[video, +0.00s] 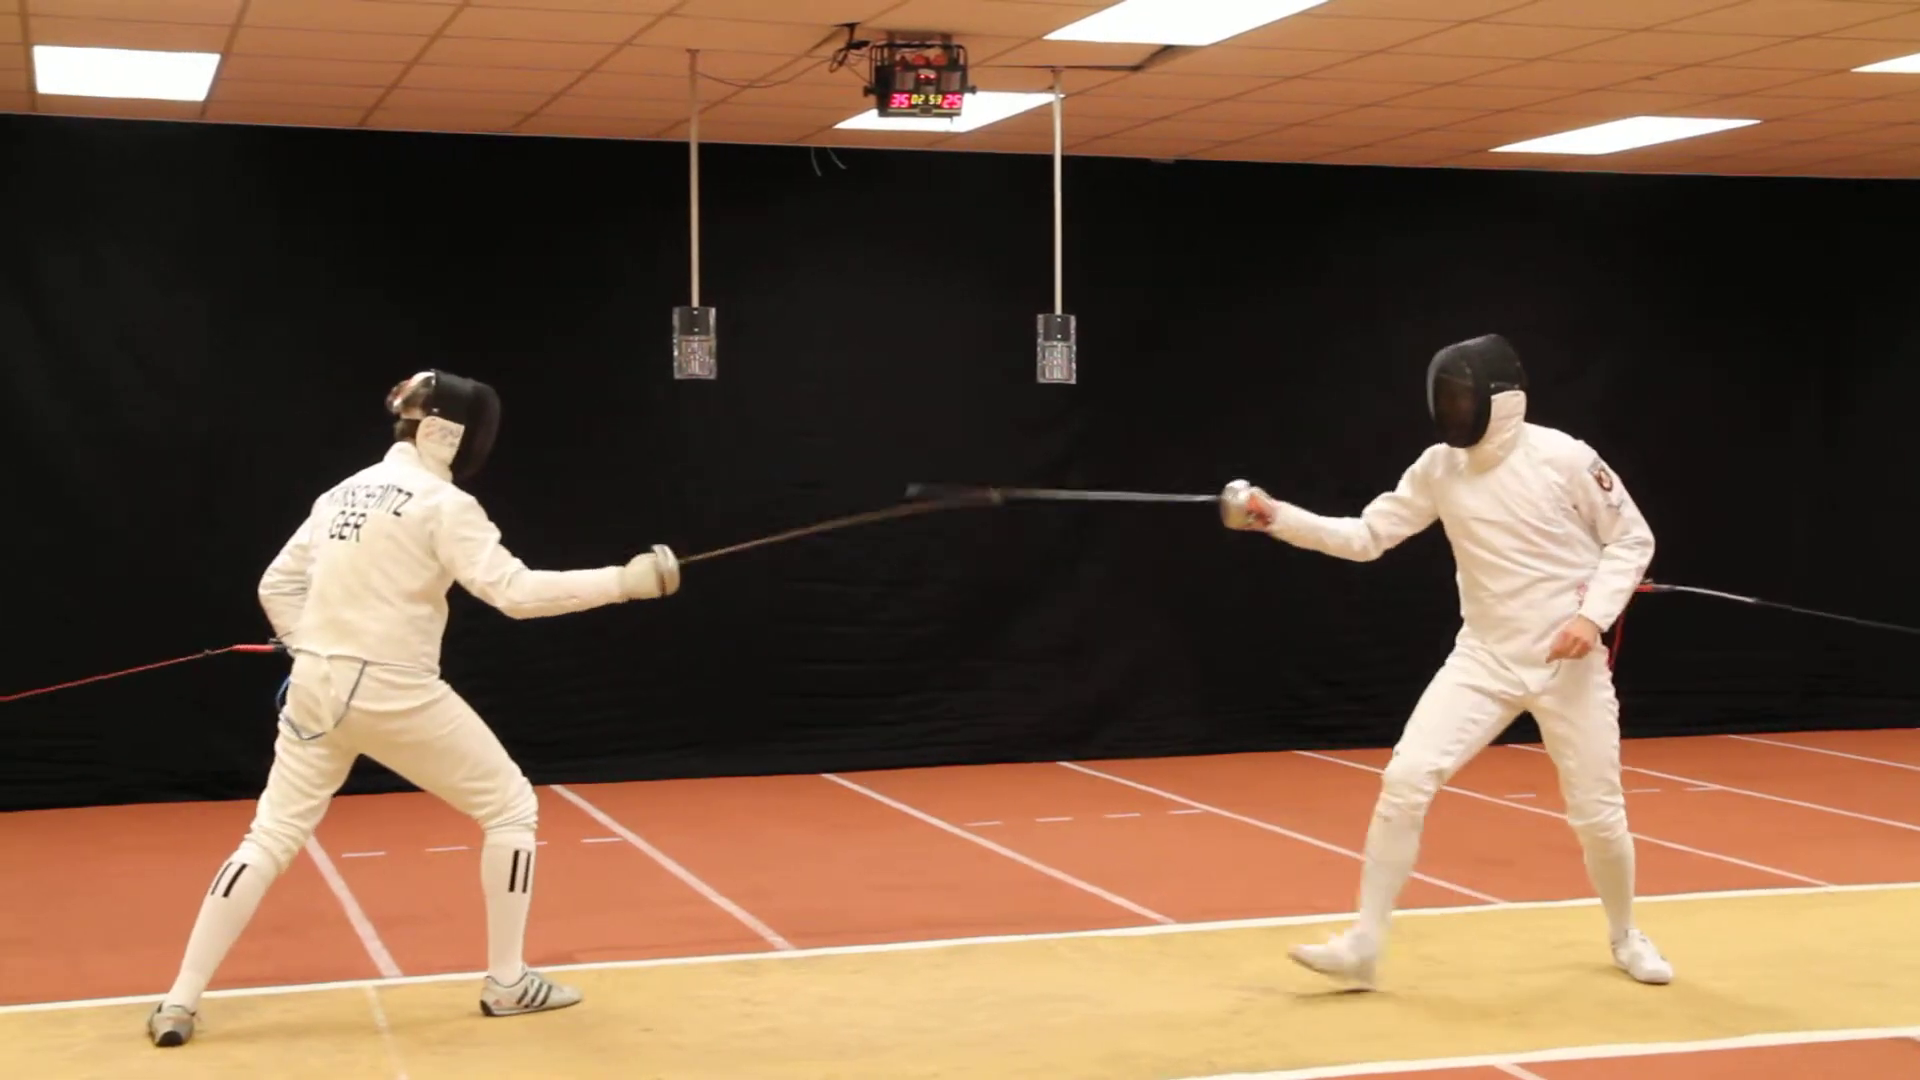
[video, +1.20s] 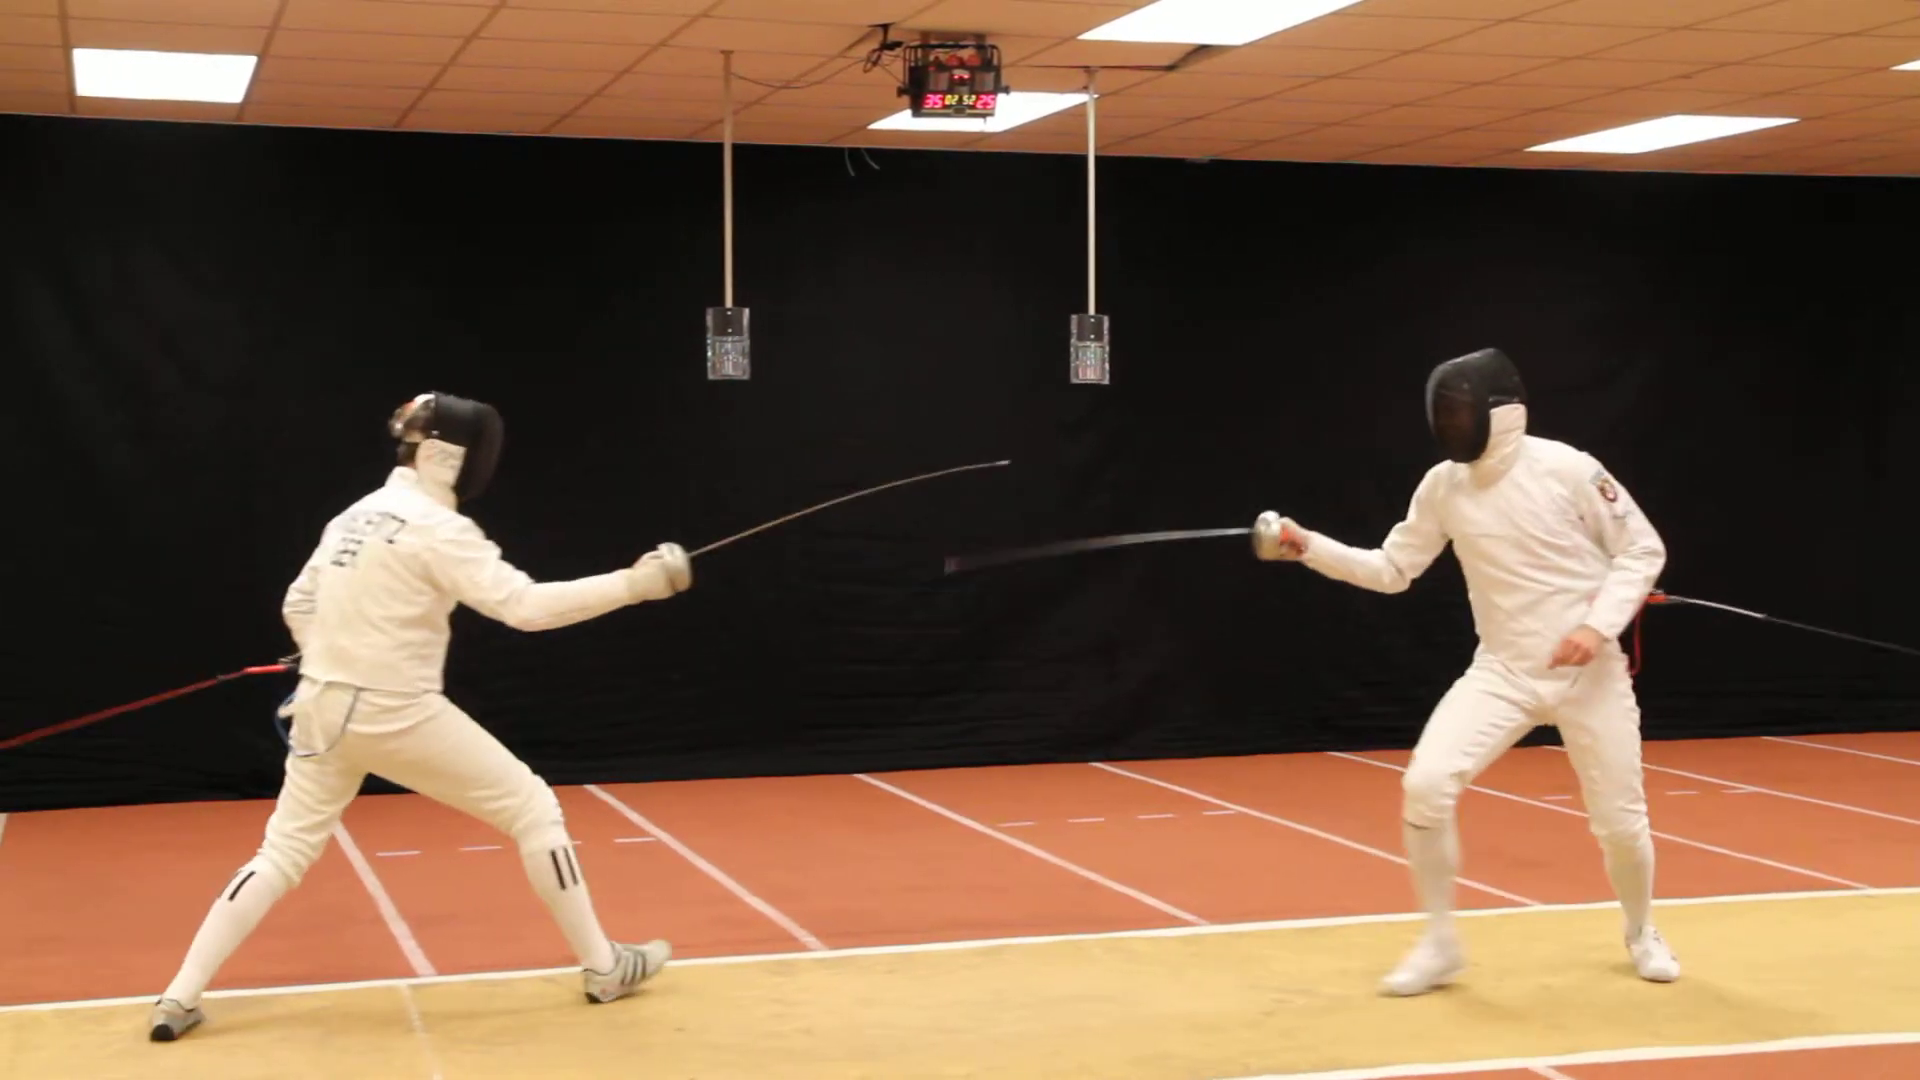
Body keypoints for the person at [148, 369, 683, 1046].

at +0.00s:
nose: (474, 444)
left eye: (473, 431)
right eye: (469, 430)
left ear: (410, 426)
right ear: (443, 430)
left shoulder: (341, 497)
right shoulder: (444, 505)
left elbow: (278, 586)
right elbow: (515, 591)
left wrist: (321, 658)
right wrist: (627, 580)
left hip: (313, 687)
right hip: (395, 691)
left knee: (268, 837)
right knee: (511, 806)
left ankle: (179, 1002)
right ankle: (508, 981)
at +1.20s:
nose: (482, 468)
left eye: (477, 453)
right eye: (478, 456)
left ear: (413, 450)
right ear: (458, 460)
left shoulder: (354, 517)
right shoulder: (442, 532)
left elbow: (300, 603)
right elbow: (526, 607)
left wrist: (327, 675)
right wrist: (638, 581)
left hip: (322, 708)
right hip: (400, 712)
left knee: (280, 854)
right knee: (531, 810)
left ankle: (178, 996)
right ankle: (603, 965)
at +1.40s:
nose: (541, 461)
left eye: (528, 444)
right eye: (539, 448)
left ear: (496, 444)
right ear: (533, 454)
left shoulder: (430, 510)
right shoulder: (525, 523)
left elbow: (368, 595)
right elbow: (616, 594)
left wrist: (399, 670)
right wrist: (730, 579)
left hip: (385, 695)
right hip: (469, 704)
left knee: (334, 842)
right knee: (589, 802)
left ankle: (212, 977)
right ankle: (618, 967)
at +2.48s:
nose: (560, 468)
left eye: (555, 453)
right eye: (563, 457)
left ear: (533, 458)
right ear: (564, 465)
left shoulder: (477, 524)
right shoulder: (560, 531)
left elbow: (421, 611)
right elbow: (650, 606)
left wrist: (452, 679)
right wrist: (762, 592)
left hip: (435, 708)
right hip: (516, 707)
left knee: (361, 848)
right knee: (653, 777)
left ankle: (242, 984)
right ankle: (696, 939)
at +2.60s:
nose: (656, 473)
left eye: (633, 456)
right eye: (659, 463)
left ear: (599, 458)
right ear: (655, 467)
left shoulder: (541, 521)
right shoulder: (646, 529)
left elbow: (473, 604)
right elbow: (737, 581)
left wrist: (494, 673)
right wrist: (844, 568)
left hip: (495, 692)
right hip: (579, 701)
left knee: (397, 827)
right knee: (689, 813)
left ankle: (267, 951)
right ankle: (770, 956)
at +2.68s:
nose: (704, 481)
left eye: (685, 463)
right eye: (704, 470)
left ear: (639, 467)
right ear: (694, 476)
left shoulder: (576, 531)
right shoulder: (689, 540)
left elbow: (502, 613)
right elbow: (778, 600)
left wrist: (493, 702)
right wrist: (879, 573)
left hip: (533, 701)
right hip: (619, 708)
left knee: (446, 838)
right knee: (734, 796)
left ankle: (313, 942)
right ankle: (780, 956)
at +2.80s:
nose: (719, 481)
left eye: (708, 466)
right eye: (717, 469)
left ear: (663, 460)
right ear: (705, 470)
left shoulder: (598, 526)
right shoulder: (702, 532)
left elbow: (527, 617)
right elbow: (775, 623)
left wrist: (519, 703)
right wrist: (882, 600)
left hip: (560, 699)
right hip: (642, 705)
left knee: (514, 845)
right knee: (757, 796)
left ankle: (391, 948)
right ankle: (780, 957)